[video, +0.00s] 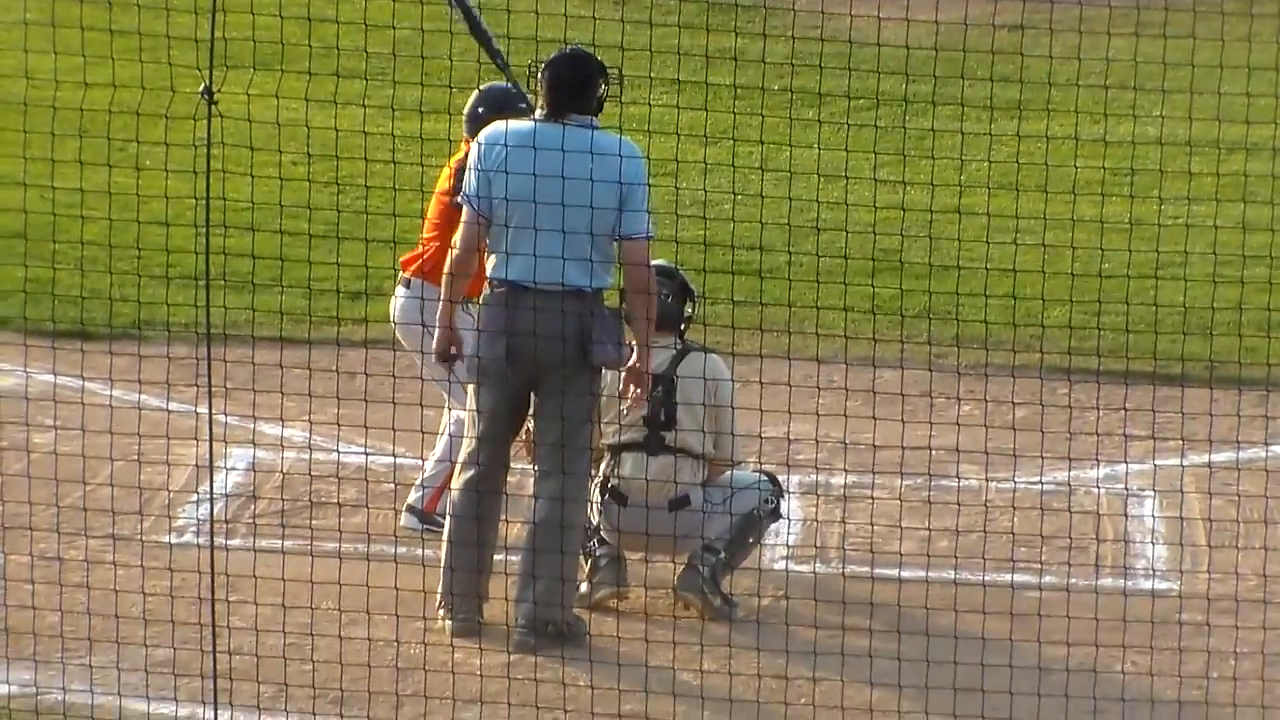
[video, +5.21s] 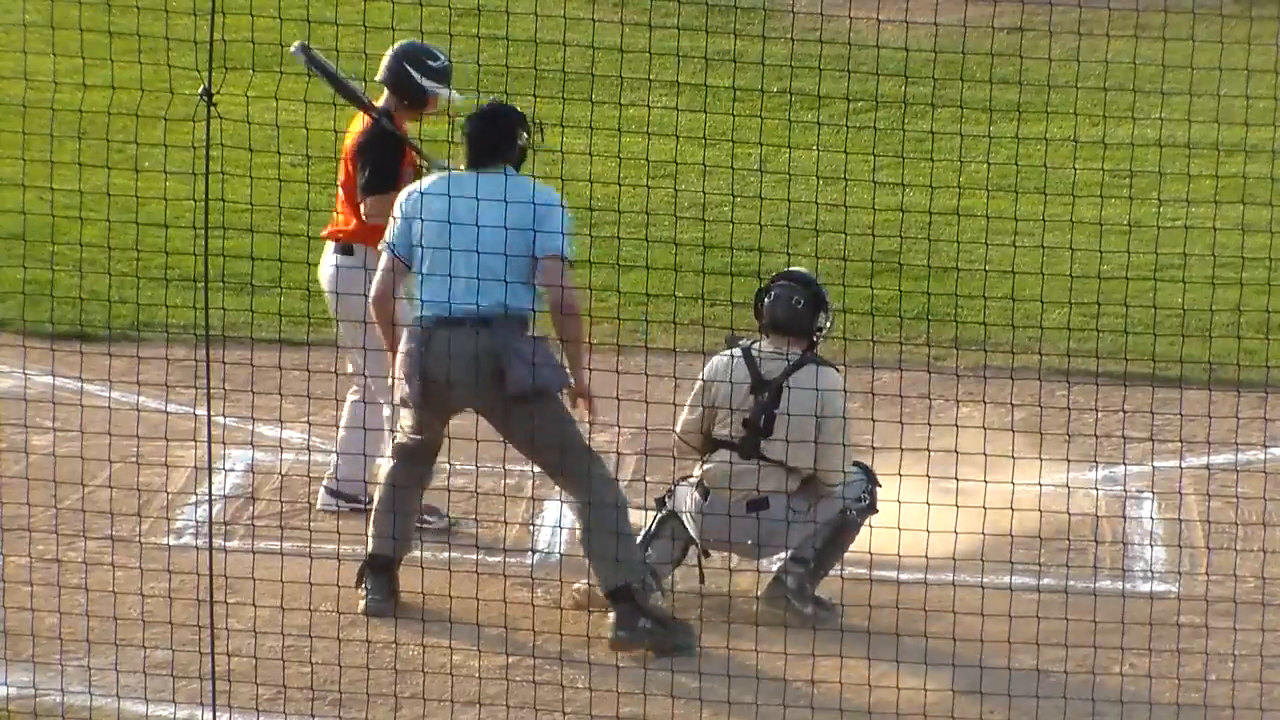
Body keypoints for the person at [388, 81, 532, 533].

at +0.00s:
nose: (523, 136)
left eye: (523, 127)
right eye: (518, 125)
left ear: (475, 124)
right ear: (498, 126)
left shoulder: (466, 163)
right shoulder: (476, 166)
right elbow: (472, 245)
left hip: (418, 300)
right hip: (433, 304)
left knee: (472, 401)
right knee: (480, 402)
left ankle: (431, 498)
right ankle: (428, 500)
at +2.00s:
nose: (526, 130)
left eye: (526, 121)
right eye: (522, 121)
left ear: (477, 118)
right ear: (509, 121)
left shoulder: (470, 151)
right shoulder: (477, 165)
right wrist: (430, 313)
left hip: (429, 282)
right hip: (431, 288)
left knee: (474, 370)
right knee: (461, 381)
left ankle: (466, 462)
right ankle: (440, 488)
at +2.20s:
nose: (523, 137)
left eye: (524, 127)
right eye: (518, 128)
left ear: (481, 124)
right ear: (500, 128)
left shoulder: (486, 156)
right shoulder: (471, 167)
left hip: (449, 281)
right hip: (431, 284)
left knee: (471, 374)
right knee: (452, 384)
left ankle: (463, 462)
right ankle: (435, 490)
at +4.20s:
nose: (539, 179)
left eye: (539, 171)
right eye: (534, 171)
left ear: (498, 170)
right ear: (516, 173)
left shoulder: (514, 213)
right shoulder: (477, 209)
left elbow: (522, 265)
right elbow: (482, 279)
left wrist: (556, 260)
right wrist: (534, 257)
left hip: (451, 325)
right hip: (411, 322)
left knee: (485, 403)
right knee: (468, 410)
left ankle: (441, 503)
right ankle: (434, 507)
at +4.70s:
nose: (514, 131)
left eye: (514, 123)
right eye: (507, 124)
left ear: (481, 127)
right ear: (487, 127)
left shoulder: (489, 161)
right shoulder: (445, 175)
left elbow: (486, 212)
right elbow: (430, 249)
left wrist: (512, 230)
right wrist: (484, 231)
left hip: (454, 286)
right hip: (415, 289)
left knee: (462, 388)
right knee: (445, 397)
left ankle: (410, 465)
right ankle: (434, 504)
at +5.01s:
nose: (471, 102)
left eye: (470, 94)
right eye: (465, 95)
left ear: (433, 97)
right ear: (444, 98)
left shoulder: (434, 136)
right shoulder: (407, 144)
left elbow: (441, 191)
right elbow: (399, 221)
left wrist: (479, 189)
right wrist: (453, 200)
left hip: (414, 274)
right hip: (392, 276)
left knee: (417, 381)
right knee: (435, 383)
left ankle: (354, 473)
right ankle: (432, 506)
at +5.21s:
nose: (435, 103)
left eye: (436, 94)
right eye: (432, 93)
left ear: (394, 85)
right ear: (414, 92)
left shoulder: (377, 123)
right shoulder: (379, 135)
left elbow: (390, 189)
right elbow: (373, 209)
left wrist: (419, 172)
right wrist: (425, 197)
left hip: (356, 260)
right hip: (361, 264)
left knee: (374, 377)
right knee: (394, 378)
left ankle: (345, 485)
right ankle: (405, 498)